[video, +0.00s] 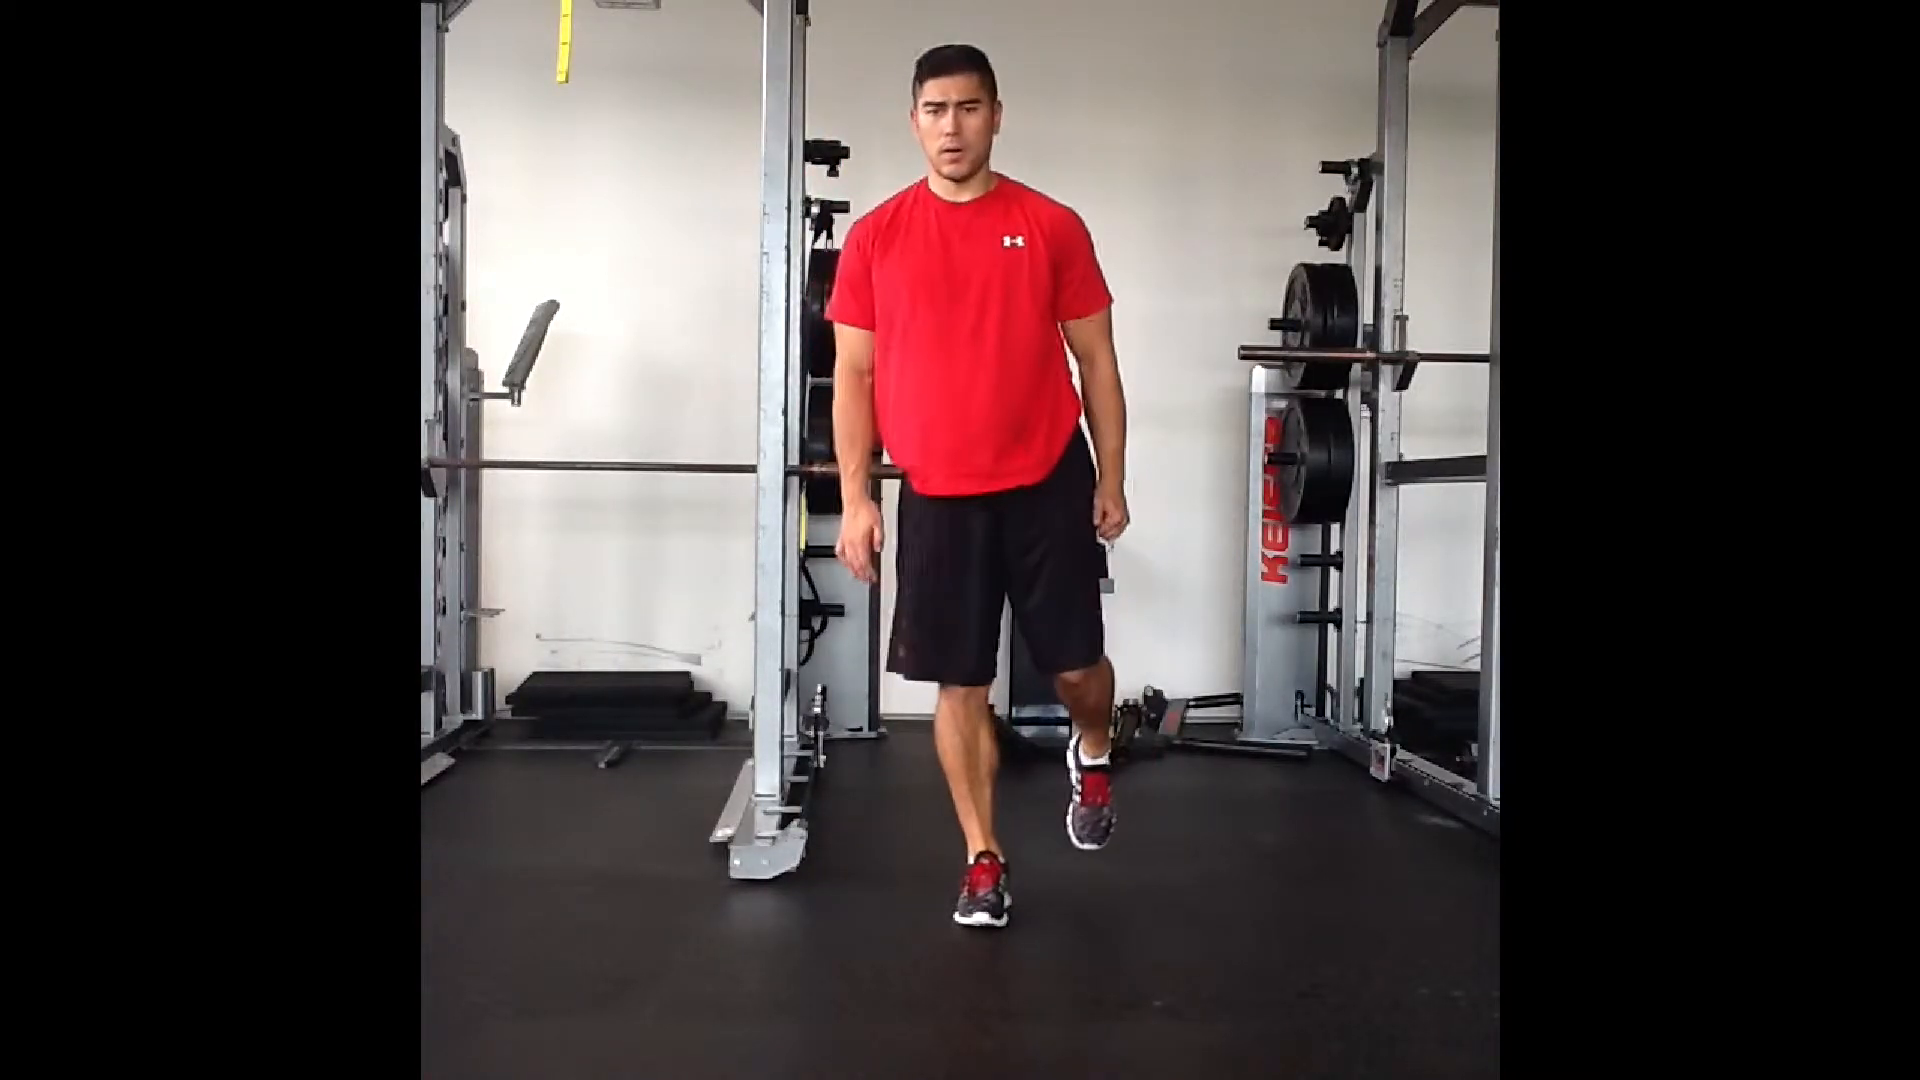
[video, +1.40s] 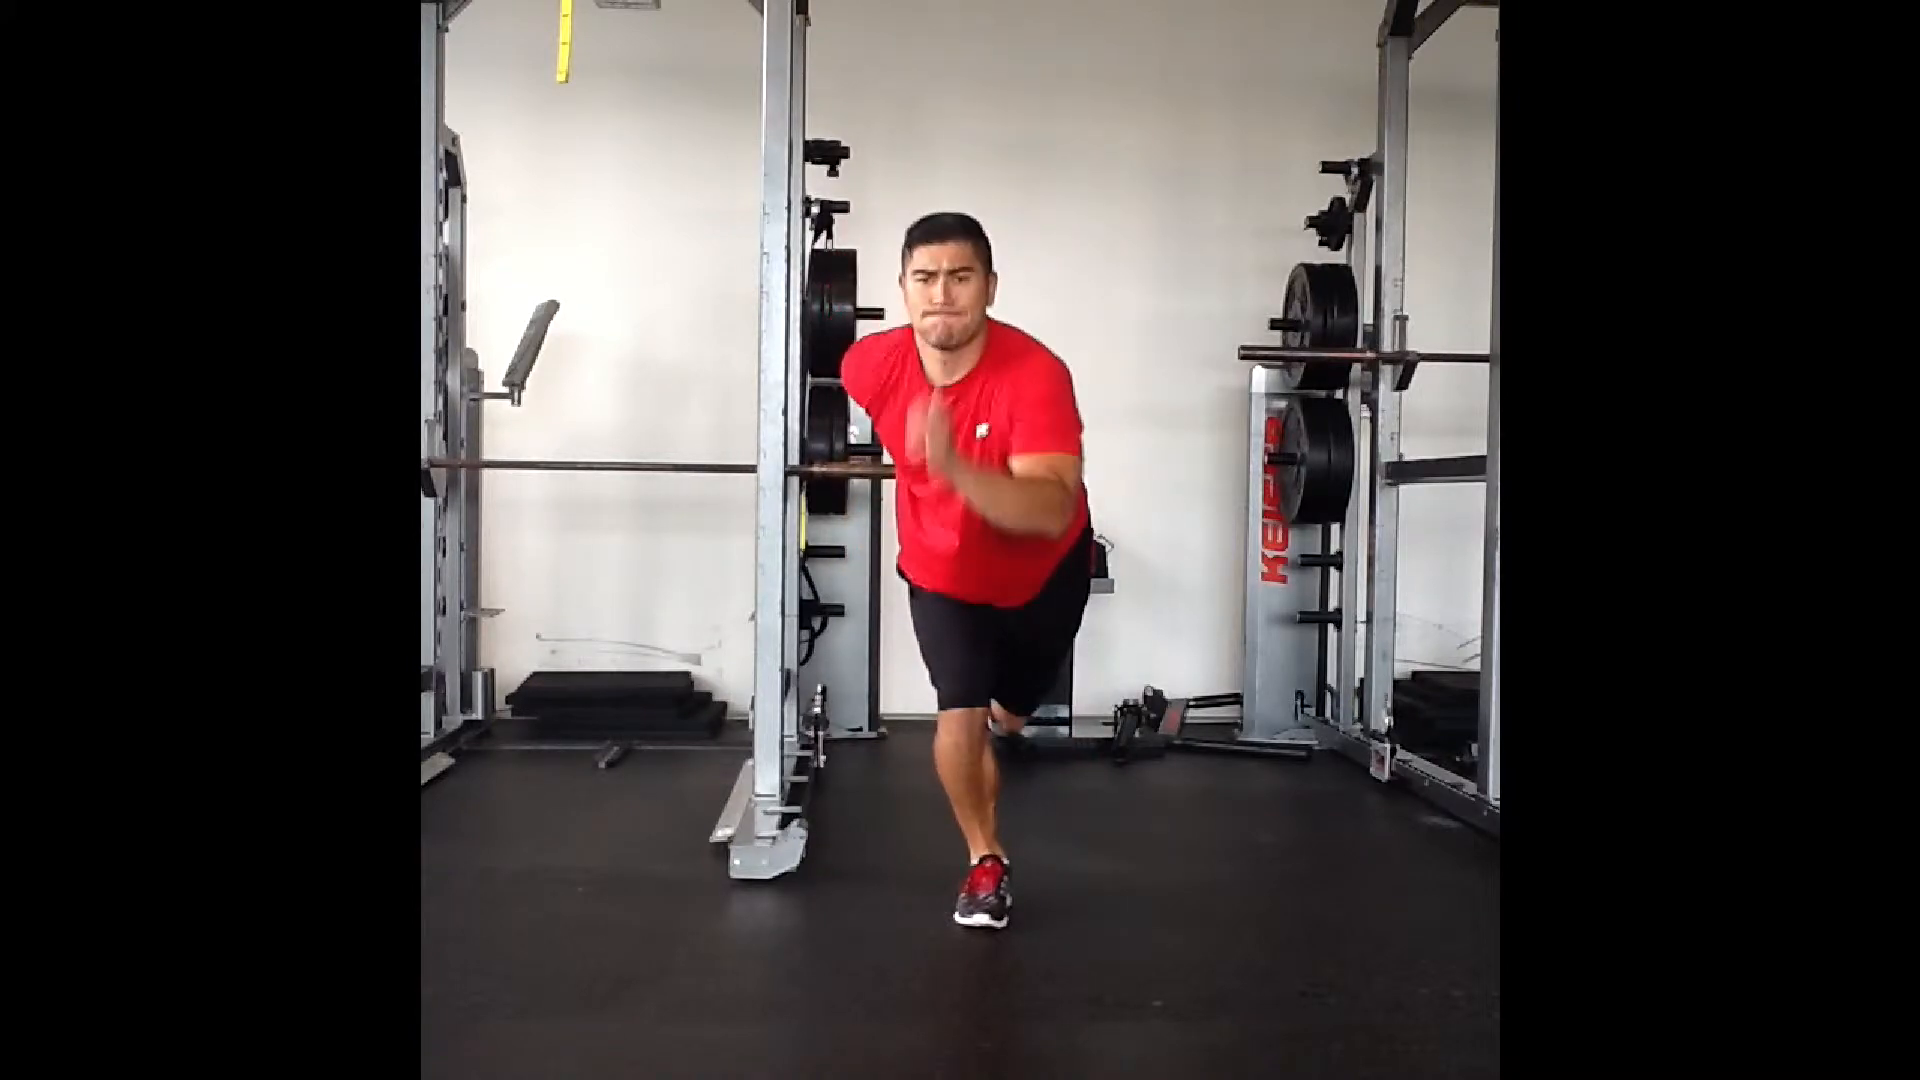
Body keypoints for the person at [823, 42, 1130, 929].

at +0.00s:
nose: (951, 125)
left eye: (968, 108)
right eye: (935, 109)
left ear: (996, 118)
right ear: (914, 122)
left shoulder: (1052, 227)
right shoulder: (873, 238)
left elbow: (1095, 355)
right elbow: (853, 374)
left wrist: (1111, 476)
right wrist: (856, 498)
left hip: (1046, 485)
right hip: (935, 496)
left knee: (1075, 668)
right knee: (957, 681)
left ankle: (1092, 760)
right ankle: (981, 859)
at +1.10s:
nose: (952, 189)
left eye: (970, 173)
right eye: (936, 173)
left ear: (999, 188)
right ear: (914, 188)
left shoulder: (1050, 297)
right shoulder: (872, 290)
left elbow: (1086, 433)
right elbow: (858, 375)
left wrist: (999, 436)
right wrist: (871, 463)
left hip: (1042, 525)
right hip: (936, 536)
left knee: (1055, 671)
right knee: (956, 686)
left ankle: (1040, 698)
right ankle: (982, 859)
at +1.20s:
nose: (951, 243)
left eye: (968, 227)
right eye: (934, 228)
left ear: (997, 240)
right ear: (914, 242)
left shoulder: (1041, 339)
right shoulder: (875, 329)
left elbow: (1054, 454)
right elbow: (893, 412)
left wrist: (960, 361)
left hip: (1043, 553)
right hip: (941, 555)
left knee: (1031, 695)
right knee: (959, 692)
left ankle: (994, 728)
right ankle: (982, 859)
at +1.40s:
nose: (941, 296)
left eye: (959, 277)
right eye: (924, 277)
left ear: (990, 287)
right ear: (902, 288)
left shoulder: (1036, 374)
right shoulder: (871, 368)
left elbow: (1053, 510)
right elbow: (906, 436)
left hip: (1044, 575)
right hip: (944, 574)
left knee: (1015, 710)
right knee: (963, 711)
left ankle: (1001, 717)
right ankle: (985, 862)